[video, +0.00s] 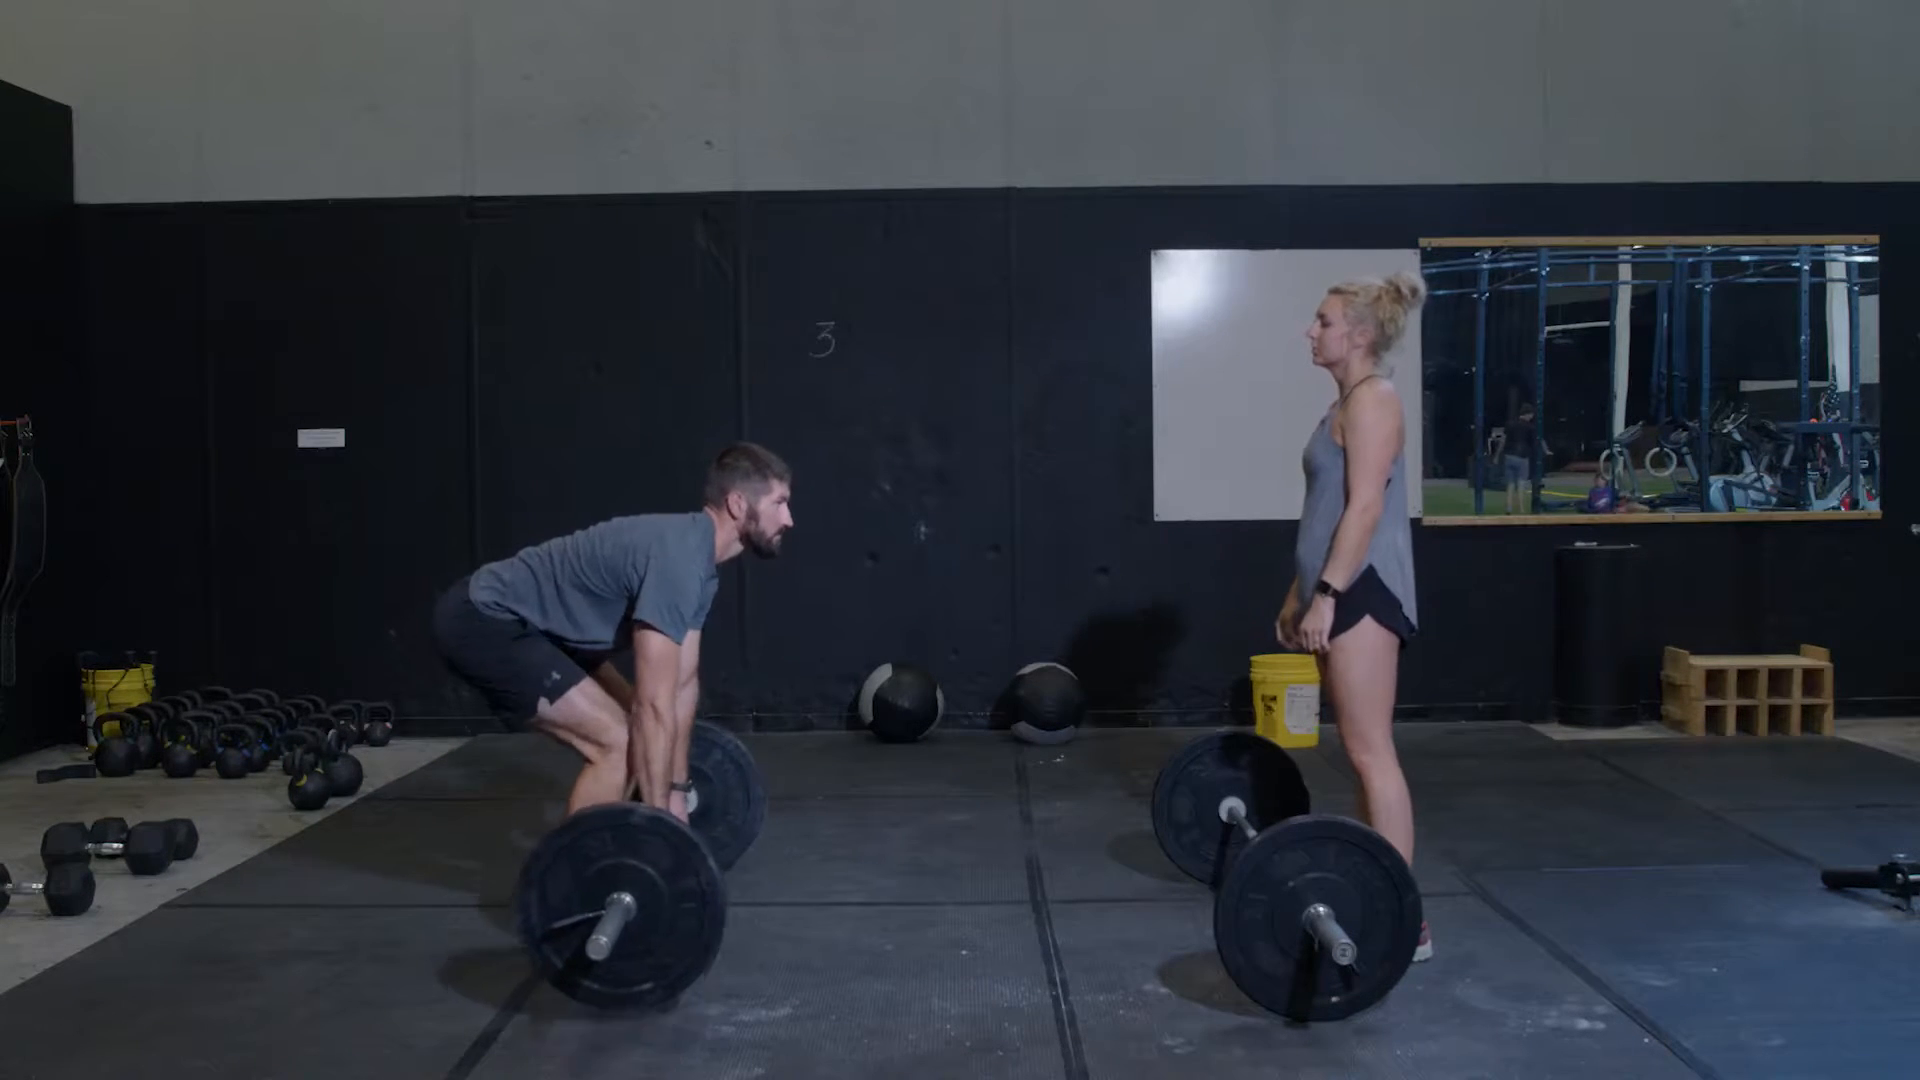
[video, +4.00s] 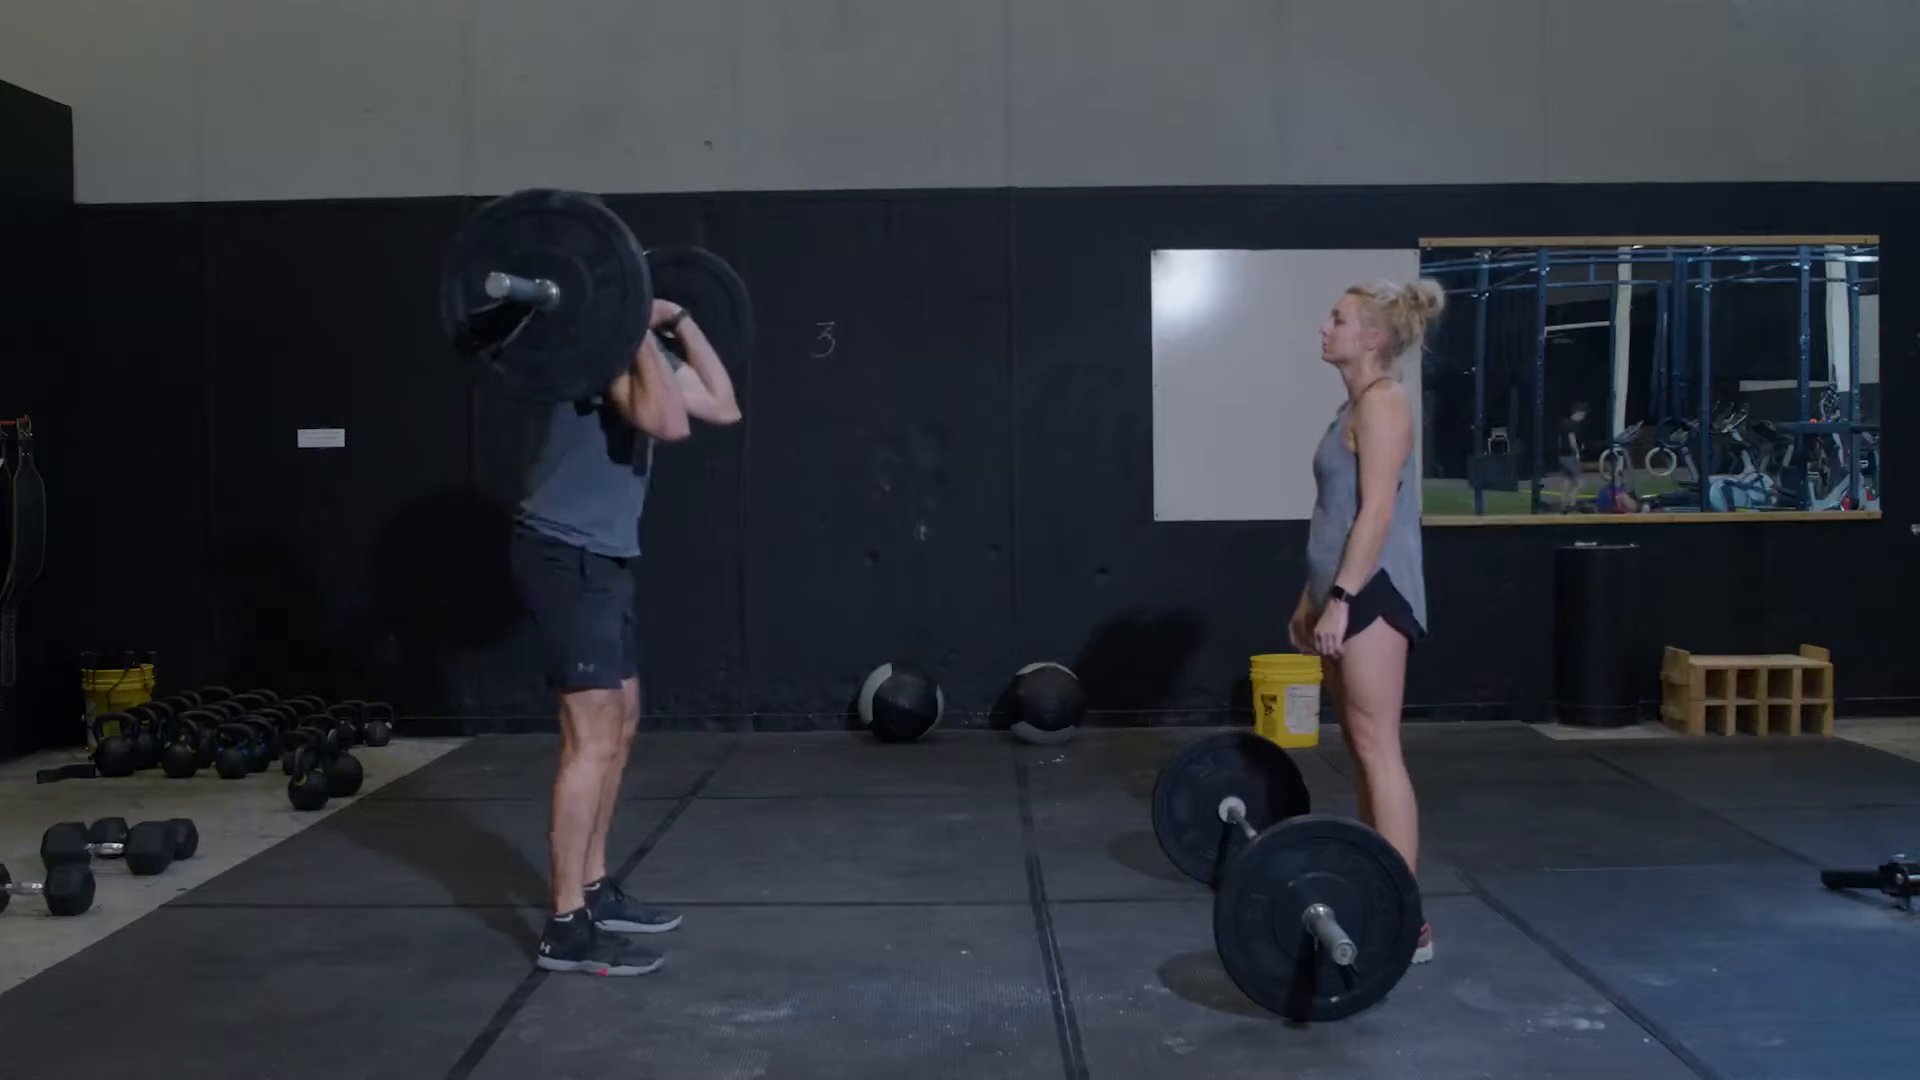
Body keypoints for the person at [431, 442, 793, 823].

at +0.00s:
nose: (790, 520)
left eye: (788, 505)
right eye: (780, 504)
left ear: (738, 506)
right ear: (736, 504)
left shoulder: (700, 567)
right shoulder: (679, 557)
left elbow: (684, 685)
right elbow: (652, 708)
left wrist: (675, 792)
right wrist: (655, 818)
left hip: (529, 620)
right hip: (485, 618)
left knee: (644, 721)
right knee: (616, 745)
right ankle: (575, 889)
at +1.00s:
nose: (677, 253)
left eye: (673, 240)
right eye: (664, 241)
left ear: (633, 255)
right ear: (624, 254)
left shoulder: (629, 338)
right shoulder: (597, 339)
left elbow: (614, 473)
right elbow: (583, 474)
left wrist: (640, 570)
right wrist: (604, 588)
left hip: (610, 558)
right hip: (575, 562)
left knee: (616, 725)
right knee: (590, 730)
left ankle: (590, 891)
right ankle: (566, 923)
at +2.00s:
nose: (657, 296)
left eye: (656, 283)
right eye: (640, 286)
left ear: (659, 292)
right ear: (605, 300)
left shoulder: (652, 379)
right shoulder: (601, 378)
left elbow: (725, 465)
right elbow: (670, 485)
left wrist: (685, 358)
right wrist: (650, 367)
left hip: (595, 589)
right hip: (553, 584)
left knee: (657, 729)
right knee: (636, 746)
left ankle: (593, 892)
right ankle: (568, 925)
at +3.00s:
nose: (655, 218)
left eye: (656, 210)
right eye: (638, 210)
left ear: (648, 235)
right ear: (614, 230)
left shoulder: (648, 296)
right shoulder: (612, 295)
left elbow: (656, 195)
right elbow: (623, 183)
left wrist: (661, 106)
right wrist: (618, 84)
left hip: (641, 536)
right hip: (607, 537)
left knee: (619, 718)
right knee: (587, 723)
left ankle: (594, 890)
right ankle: (565, 921)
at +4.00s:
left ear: (619, 294)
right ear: (603, 295)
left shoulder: (637, 355)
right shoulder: (590, 345)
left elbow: (722, 404)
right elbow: (666, 419)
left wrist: (680, 321)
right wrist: (640, 333)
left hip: (606, 556)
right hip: (567, 553)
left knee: (620, 722)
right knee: (595, 734)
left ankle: (592, 892)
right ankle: (564, 923)